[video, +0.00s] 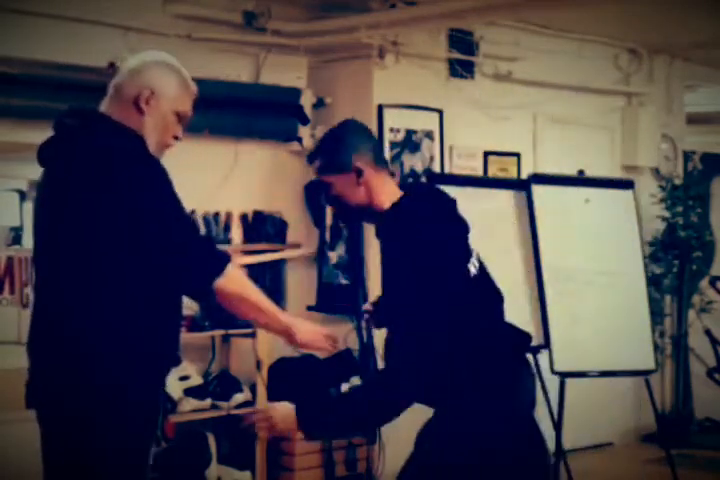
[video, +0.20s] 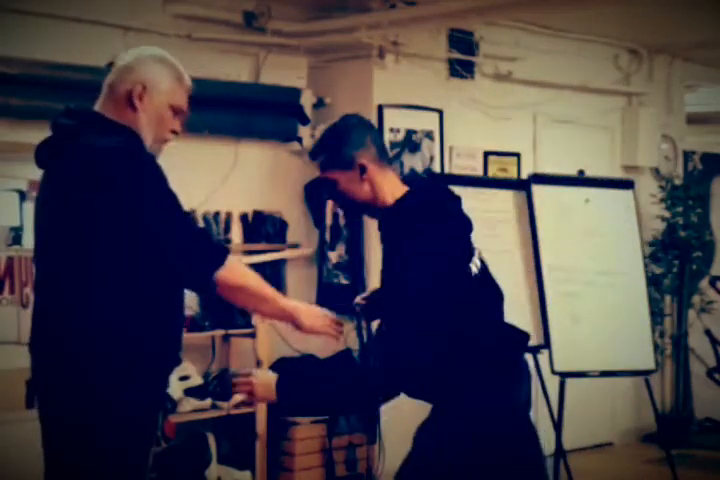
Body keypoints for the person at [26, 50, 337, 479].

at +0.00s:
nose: (180, 136)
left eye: (184, 125)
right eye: (178, 119)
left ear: (141, 100)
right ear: (144, 102)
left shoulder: (69, 157)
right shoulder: (126, 162)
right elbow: (203, 268)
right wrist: (291, 327)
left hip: (65, 382)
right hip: (114, 389)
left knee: (69, 472)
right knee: (116, 472)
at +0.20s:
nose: (178, 129)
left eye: (181, 117)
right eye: (174, 112)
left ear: (134, 98)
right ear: (138, 98)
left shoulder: (68, 154)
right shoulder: (124, 161)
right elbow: (207, 266)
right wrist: (293, 312)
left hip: (66, 378)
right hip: (115, 388)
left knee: (70, 471)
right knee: (115, 471)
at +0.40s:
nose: (177, 119)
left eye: (178, 106)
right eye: (172, 103)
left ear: (131, 96)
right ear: (134, 96)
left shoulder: (69, 155)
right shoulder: (122, 161)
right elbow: (197, 267)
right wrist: (283, 308)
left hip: (71, 377)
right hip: (114, 386)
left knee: (74, 472)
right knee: (117, 471)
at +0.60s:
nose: (170, 101)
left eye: (167, 89)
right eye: (162, 87)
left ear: (119, 91)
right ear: (123, 91)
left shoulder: (64, 161)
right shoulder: (124, 164)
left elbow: (110, 274)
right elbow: (174, 276)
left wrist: (181, 324)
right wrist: (253, 335)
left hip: (69, 370)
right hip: (116, 379)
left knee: (74, 470)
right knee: (120, 470)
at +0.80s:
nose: (166, 100)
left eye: (164, 87)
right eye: (157, 85)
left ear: (118, 92)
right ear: (120, 91)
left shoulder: (68, 159)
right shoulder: (116, 161)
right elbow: (186, 269)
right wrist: (270, 305)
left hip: (74, 380)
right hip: (115, 388)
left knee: (77, 470)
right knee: (117, 470)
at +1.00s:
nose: (167, 108)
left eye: (166, 95)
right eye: (160, 92)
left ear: (120, 91)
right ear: (121, 91)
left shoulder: (65, 158)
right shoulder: (116, 160)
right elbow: (208, 249)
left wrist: (293, 246)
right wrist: (303, 249)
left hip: (71, 382)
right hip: (115, 390)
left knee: (74, 471)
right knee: (118, 471)